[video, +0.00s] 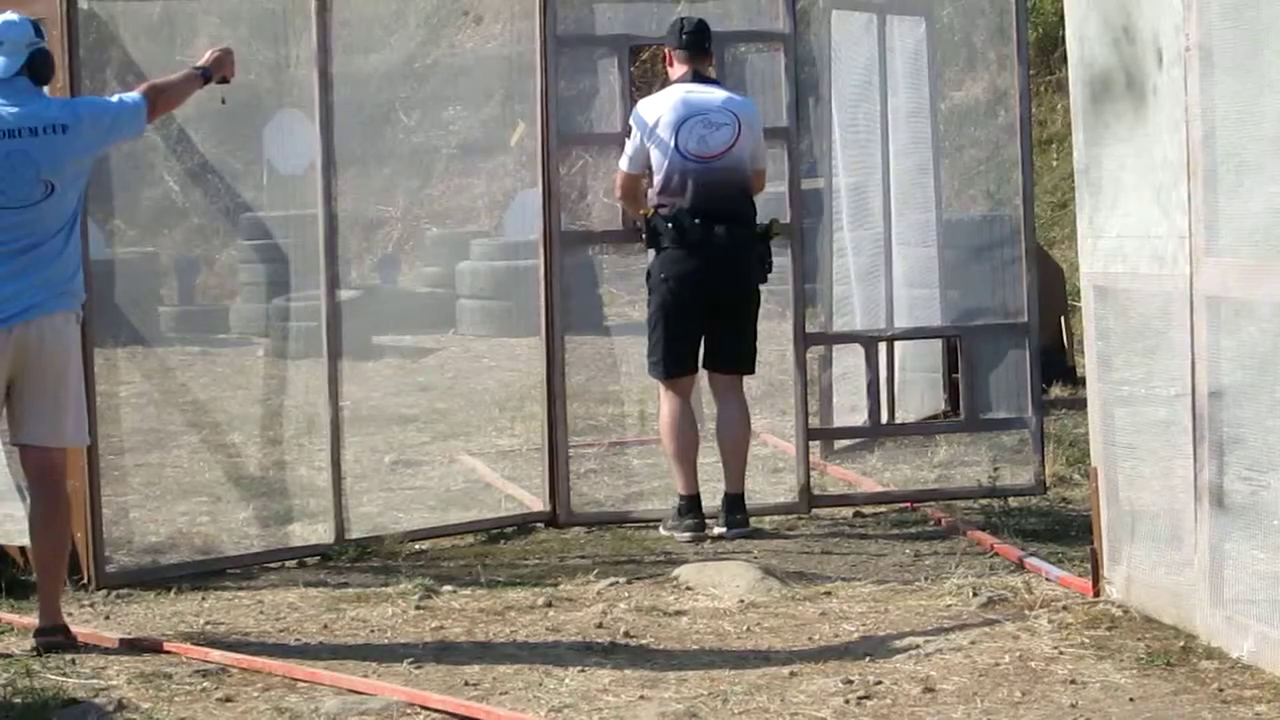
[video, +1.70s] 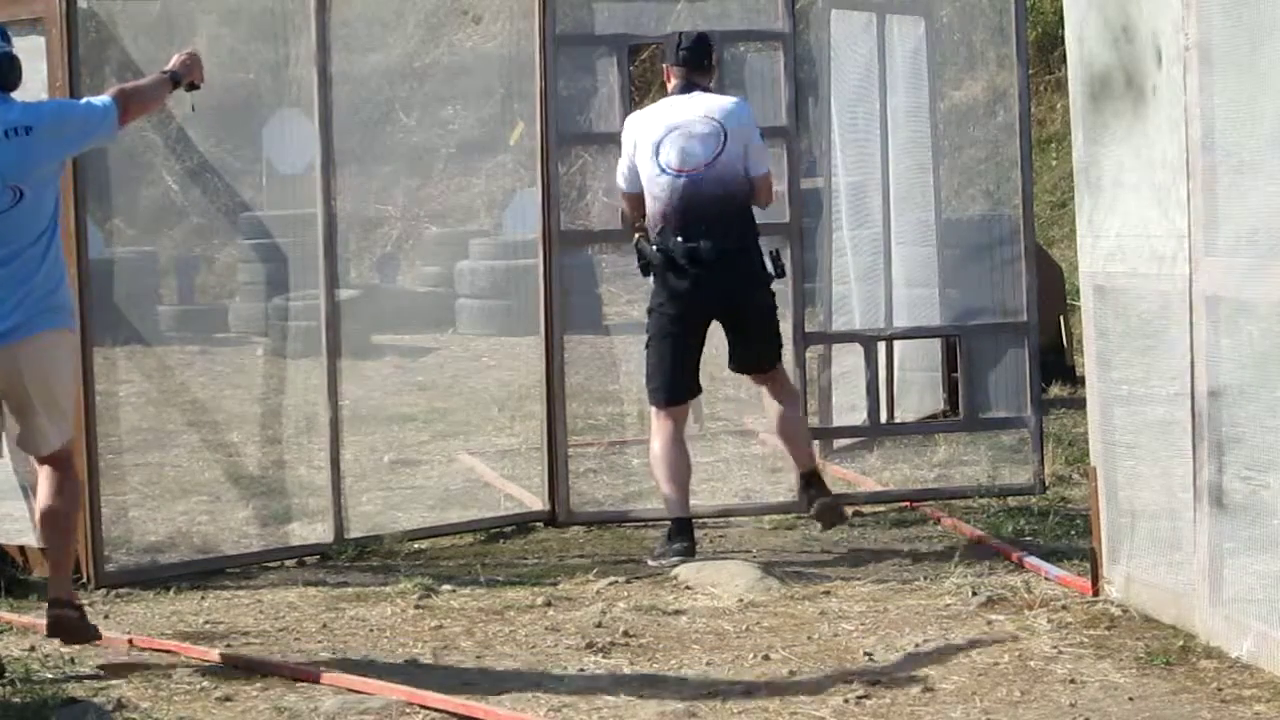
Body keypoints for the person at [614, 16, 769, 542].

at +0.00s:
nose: (668, 66)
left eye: (666, 58)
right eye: (684, 58)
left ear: (669, 59)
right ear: (712, 59)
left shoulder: (651, 109)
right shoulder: (744, 107)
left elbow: (626, 190)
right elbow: (757, 181)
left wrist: (647, 207)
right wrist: (715, 201)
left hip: (678, 255)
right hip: (738, 255)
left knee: (676, 387)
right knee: (730, 383)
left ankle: (689, 510)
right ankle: (735, 506)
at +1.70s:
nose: (666, 79)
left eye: (665, 72)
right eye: (702, 73)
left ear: (667, 75)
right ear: (713, 72)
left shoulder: (639, 123)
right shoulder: (737, 111)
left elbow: (633, 214)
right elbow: (764, 194)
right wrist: (717, 190)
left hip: (676, 276)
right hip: (741, 269)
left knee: (668, 412)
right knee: (773, 377)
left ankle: (680, 535)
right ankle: (813, 484)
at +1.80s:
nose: (688, 77)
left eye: (681, 68)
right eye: (703, 70)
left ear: (679, 72)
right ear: (723, 72)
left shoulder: (650, 117)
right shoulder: (745, 111)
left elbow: (638, 175)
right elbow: (759, 176)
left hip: (679, 285)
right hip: (746, 278)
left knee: (667, 415)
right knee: (797, 391)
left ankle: (678, 535)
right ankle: (854, 500)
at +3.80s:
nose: (716, 81)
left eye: (714, 74)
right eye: (729, 74)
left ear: (719, 77)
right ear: (763, 76)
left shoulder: (694, 121)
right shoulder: (793, 120)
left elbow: (687, 118)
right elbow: (760, 121)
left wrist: (711, 98)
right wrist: (733, 95)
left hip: (713, 293)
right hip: (783, 293)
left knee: (676, 409)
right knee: (830, 414)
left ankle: (678, 539)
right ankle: (878, 538)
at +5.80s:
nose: (712, 83)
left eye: (711, 76)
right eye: (724, 76)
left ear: (716, 77)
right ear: (761, 77)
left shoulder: (689, 122)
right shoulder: (792, 122)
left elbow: (704, 131)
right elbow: (759, 129)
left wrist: (717, 98)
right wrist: (735, 96)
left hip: (711, 296)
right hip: (781, 295)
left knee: (673, 409)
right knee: (828, 414)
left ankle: (676, 538)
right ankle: (875, 536)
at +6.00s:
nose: (761, 85)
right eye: (762, 77)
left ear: (713, 79)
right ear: (761, 78)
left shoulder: (682, 128)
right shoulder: (781, 119)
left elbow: (709, 168)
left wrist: (727, 101)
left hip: (708, 296)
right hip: (777, 292)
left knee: (683, 414)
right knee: (830, 412)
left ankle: (679, 539)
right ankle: (867, 534)